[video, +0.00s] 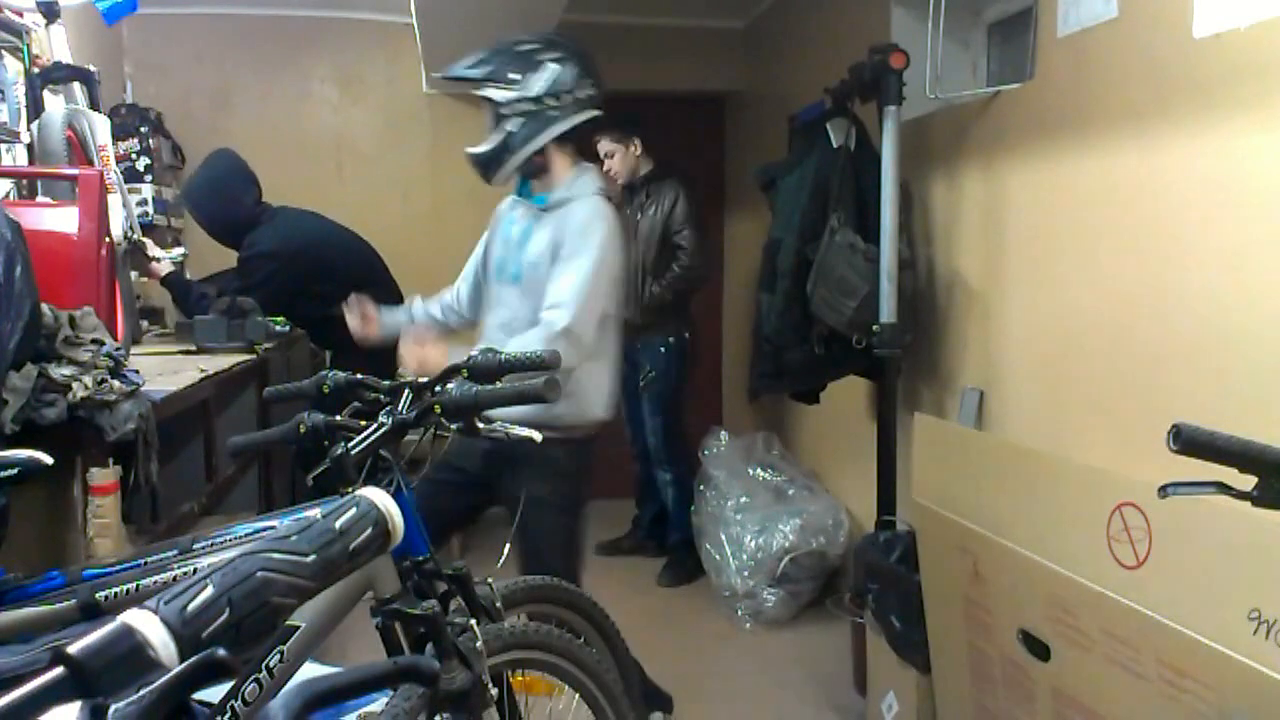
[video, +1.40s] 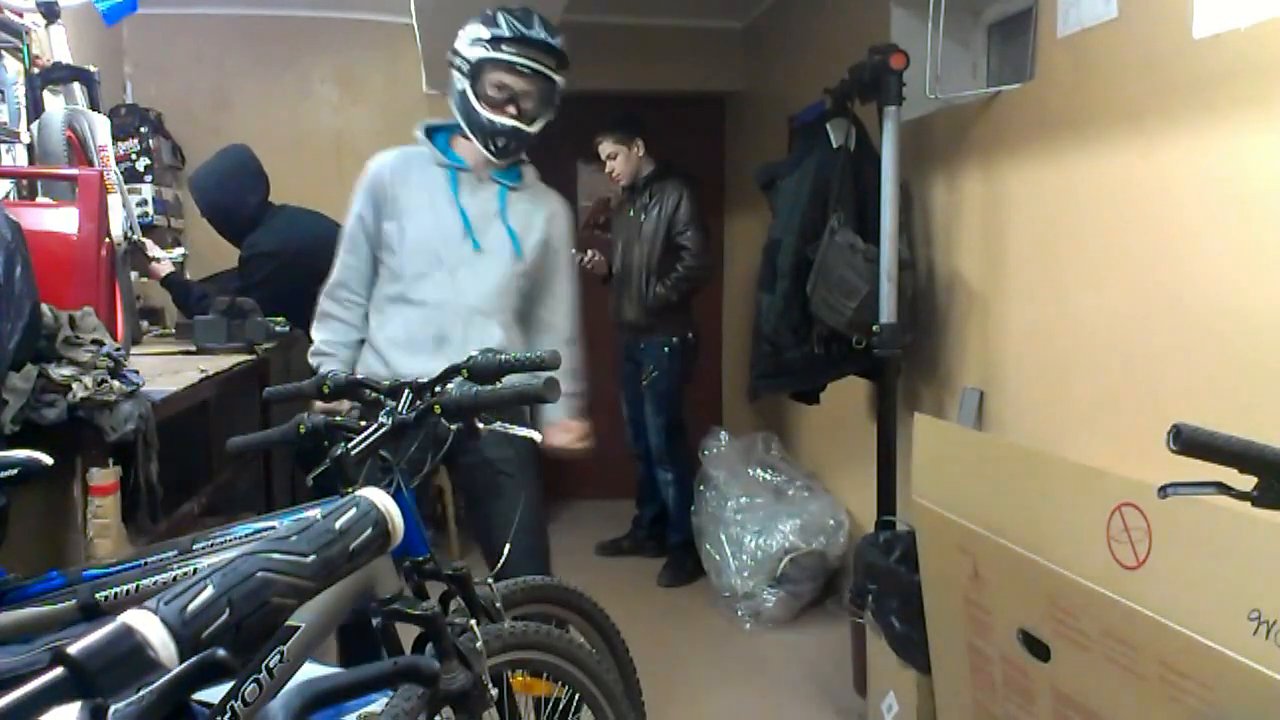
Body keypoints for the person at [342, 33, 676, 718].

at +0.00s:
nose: (491, 129)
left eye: (501, 113)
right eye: (493, 113)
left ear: (541, 120)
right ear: (538, 124)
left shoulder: (591, 216)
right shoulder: (513, 210)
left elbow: (561, 336)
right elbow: (458, 305)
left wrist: (459, 360)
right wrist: (387, 321)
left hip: (555, 437)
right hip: (490, 426)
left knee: (550, 601)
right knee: (407, 531)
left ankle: (643, 700)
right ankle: (443, 667)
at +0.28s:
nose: (421, 114)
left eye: (429, 97)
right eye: (422, 98)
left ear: (465, 96)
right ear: (470, 99)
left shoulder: (515, 202)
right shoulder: (470, 196)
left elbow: (501, 347)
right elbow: (442, 322)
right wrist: (381, 354)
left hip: (461, 437)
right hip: (424, 429)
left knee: (458, 610)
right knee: (424, 601)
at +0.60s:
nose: (392, 103)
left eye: (398, 86)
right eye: (392, 87)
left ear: (434, 87)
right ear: (441, 88)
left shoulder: (500, 189)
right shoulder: (436, 181)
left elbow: (513, 318)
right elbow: (405, 292)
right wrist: (363, 368)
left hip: (444, 412)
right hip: (392, 403)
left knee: (465, 575)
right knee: (408, 568)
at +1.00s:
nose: (450, 96)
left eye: (466, 82)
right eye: (442, 81)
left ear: (511, 83)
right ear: (433, 81)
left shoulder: (559, 194)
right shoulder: (429, 187)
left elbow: (576, 315)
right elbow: (409, 302)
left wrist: (564, 412)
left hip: (499, 412)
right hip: (414, 404)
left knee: (514, 576)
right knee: (386, 559)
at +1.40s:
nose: (516, 115)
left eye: (532, 104)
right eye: (503, 94)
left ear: (548, 110)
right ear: (464, 87)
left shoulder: (547, 211)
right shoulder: (390, 176)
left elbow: (557, 321)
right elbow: (347, 293)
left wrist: (563, 408)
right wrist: (329, 385)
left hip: (495, 410)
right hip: (388, 402)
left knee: (524, 574)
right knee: (359, 568)